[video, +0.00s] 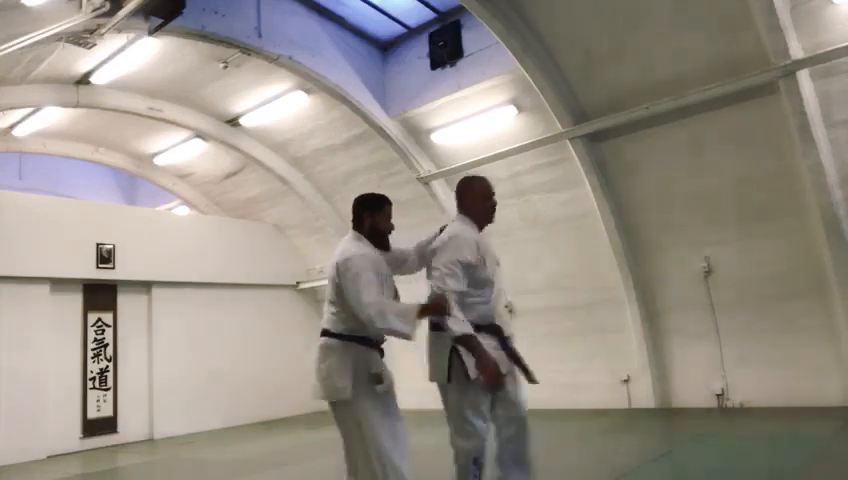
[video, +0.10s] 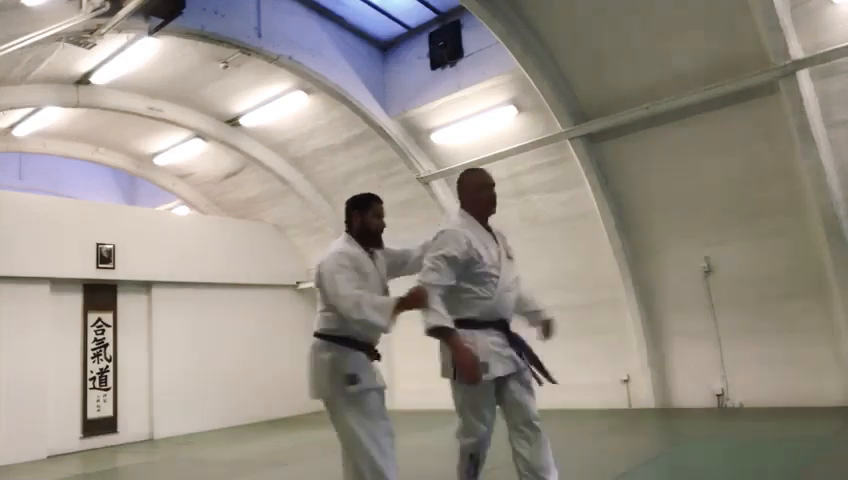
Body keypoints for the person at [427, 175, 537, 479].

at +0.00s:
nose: (495, 204)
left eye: (494, 197)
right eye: (489, 197)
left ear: (470, 201)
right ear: (469, 200)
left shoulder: (478, 239)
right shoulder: (456, 238)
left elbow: (485, 304)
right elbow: (444, 303)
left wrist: (507, 348)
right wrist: (479, 354)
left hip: (491, 345)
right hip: (462, 346)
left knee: (513, 422)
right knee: (472, 436)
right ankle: (471, 477)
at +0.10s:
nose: (494, 194)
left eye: (493, 188)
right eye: (486, 189)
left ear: (488, 193)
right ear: (466, 195)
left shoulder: (497, 237)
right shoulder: (452, 236)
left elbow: (509, 288)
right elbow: (427, 292)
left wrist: (537, 314)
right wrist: (455, 343)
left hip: (503, 340)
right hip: (468, 342)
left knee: (527, 425)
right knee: (476, 432)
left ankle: (541, 477)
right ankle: (468, 477)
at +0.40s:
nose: (451, 201)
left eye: (458, 190)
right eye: (445, 195)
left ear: (479, 187)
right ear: (443, 202)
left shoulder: (527, 221)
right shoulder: (452, 249)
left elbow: (578, 258)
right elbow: (422, 301)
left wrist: (604, 308)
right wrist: (388, 349)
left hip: (540, 333)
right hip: (490, 340)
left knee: (551, 436)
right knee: (490, 433)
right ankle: (503, 478)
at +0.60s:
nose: (447, 203)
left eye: (451, 193)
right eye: (445, 196)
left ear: (477, 185)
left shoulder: (522, 216)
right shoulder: (462, 246)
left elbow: (573, 262)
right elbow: (445, 306)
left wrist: (540, 307)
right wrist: (424, 362)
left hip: (542, 336)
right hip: (500, 340)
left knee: (544, 436)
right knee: (494, 436)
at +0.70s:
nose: (451, 201)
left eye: (455, 191)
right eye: (449, 193)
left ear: (480, 183)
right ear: (477, 185)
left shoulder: (521, 213)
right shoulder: (474, 243)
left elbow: (563, 265)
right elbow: (468, 307)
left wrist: (515, 318)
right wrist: (449, 368)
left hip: (546, 336)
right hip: (505, 342)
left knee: (544, 436)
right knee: (500, 440)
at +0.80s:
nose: (459, 195)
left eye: (463, 184)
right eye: (458, 186)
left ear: (486, 178)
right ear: (486, 180)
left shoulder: (524, 209)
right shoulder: (494, 233)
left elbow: (553, 265)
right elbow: (493, 303)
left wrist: (501, 326)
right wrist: (482, 357)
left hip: (559, 339)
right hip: (526, 346)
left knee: (566, 447)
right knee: (519, 447)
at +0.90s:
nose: (472, 198)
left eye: (475, 187)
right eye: (471, 190)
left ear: (497, 180)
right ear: (502, 181)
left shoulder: (522, 210)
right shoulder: (518, 216)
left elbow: (538, 274)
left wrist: (503, 344)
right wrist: (507, 349)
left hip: (570, 333)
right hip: (547, 337)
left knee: (585, 452)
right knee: (529, 436)